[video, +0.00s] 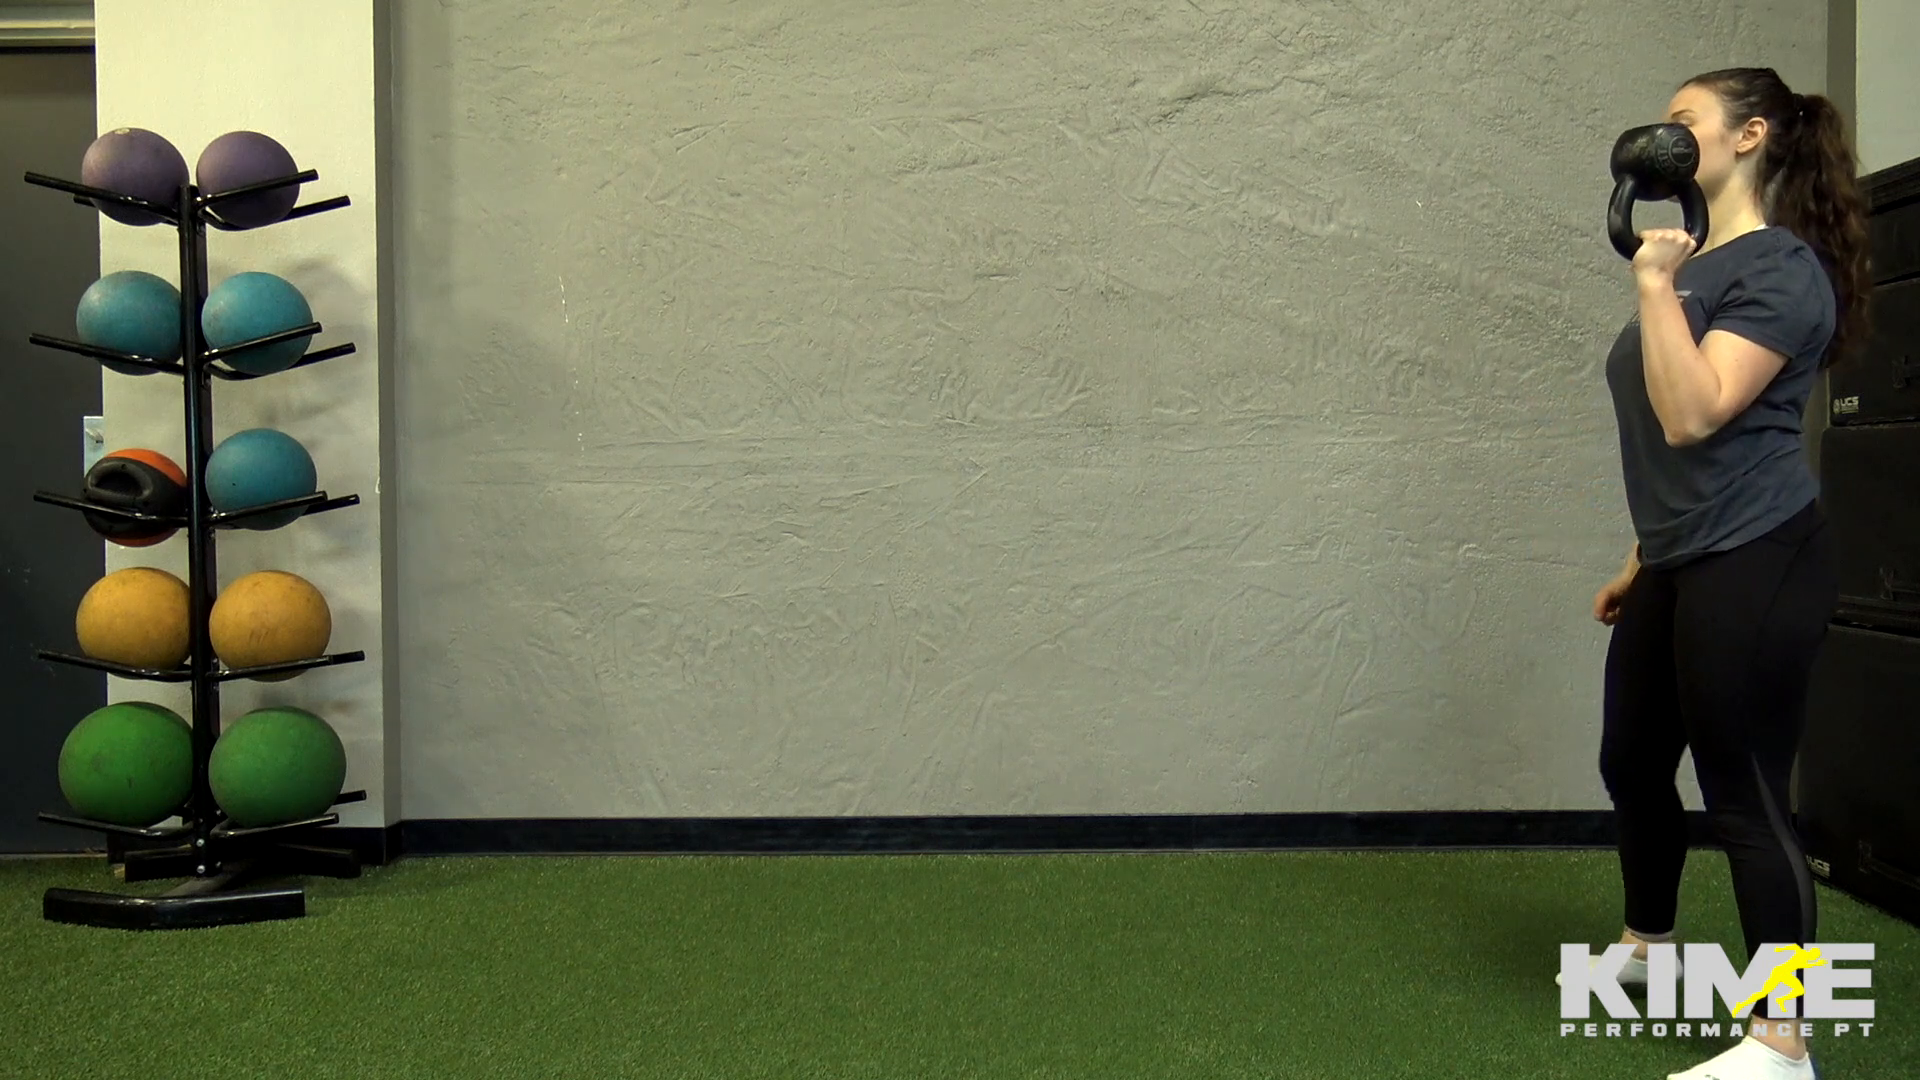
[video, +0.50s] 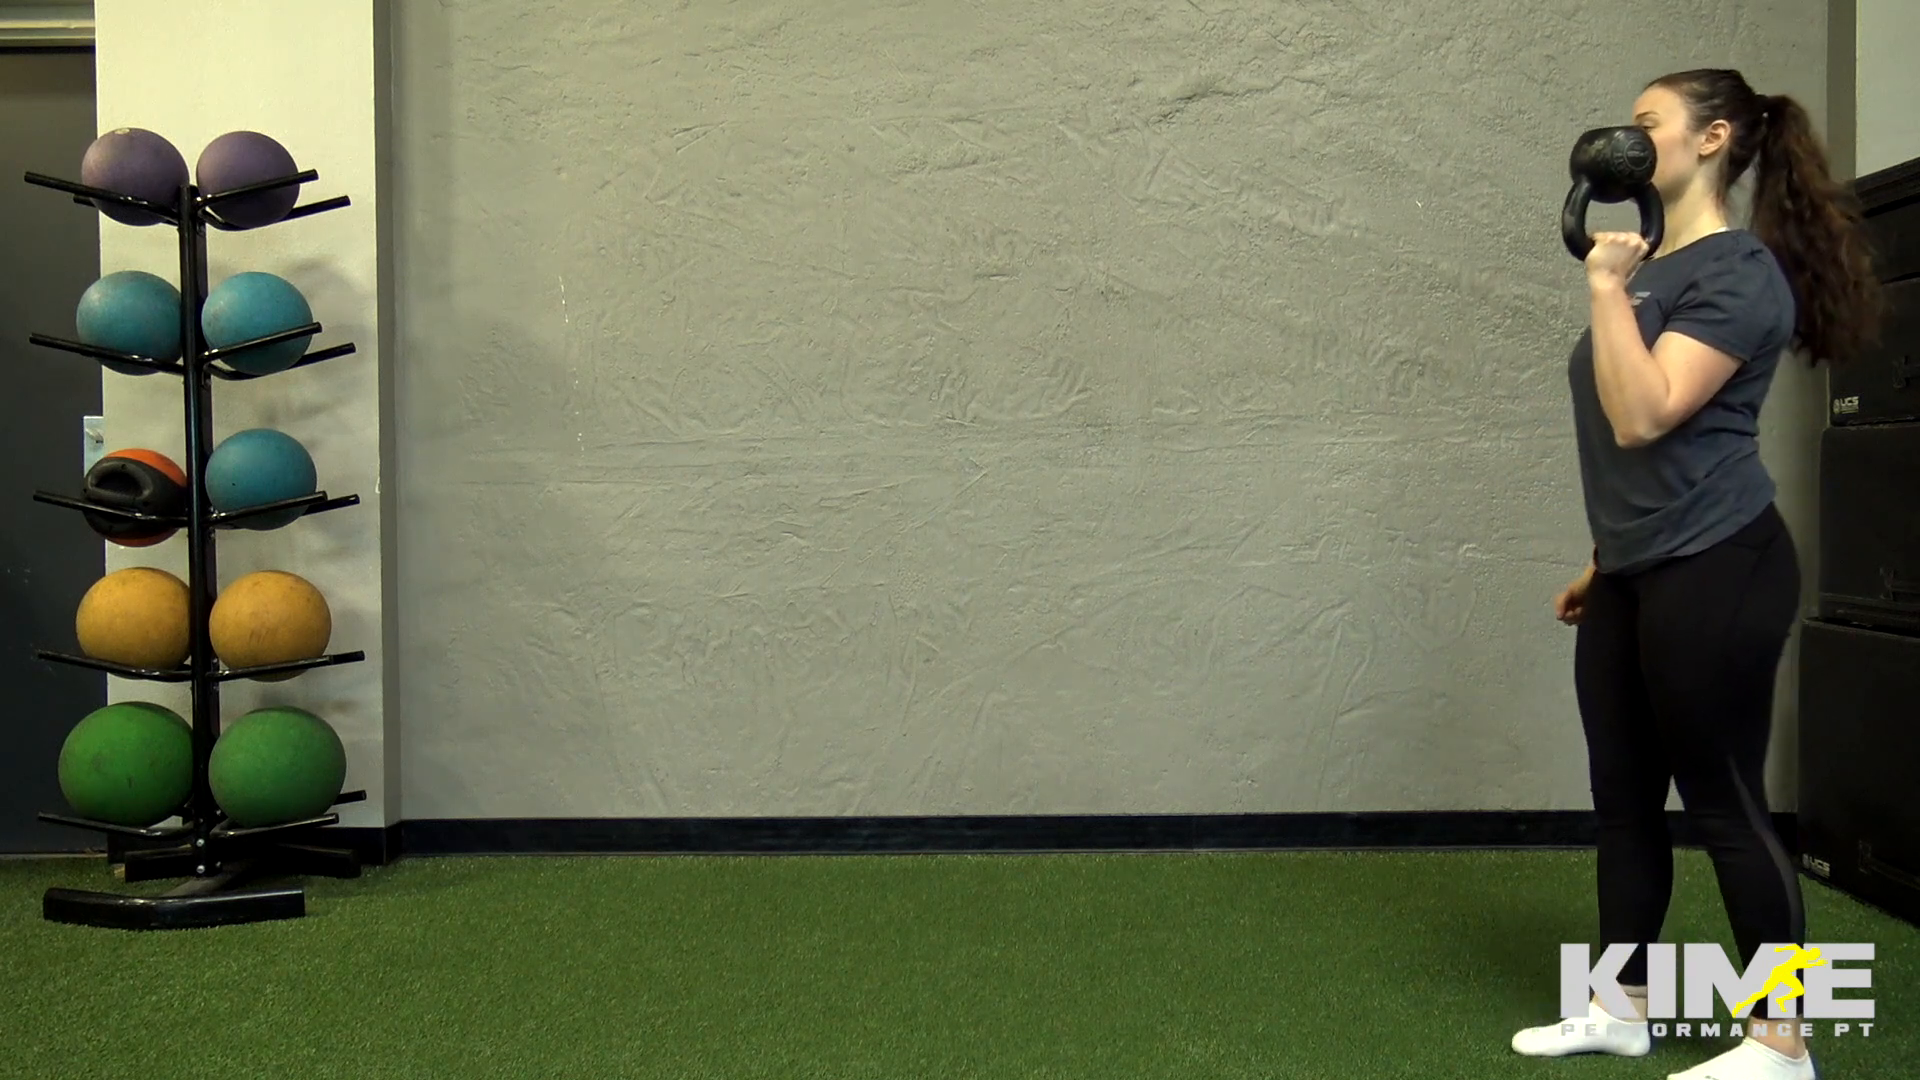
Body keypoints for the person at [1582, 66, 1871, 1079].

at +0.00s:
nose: (1665, 152)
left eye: (1684, 134)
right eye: (1666, 134)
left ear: (1751, 137)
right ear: (1733, 139)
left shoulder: (1784, 270)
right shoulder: (1701, 265)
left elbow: (1691, 416)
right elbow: (1685, 442)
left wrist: (1654, 284)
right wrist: (1643, 560)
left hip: (1755, 558)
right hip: (1676, 560)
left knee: (1743, 786)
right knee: (1633, 764)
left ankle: (1783, 1033)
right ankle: (1647, 952)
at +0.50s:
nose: (1628, 151)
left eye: (1647, 134)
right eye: (1630, 134)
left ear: (1716, 140)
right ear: (1699, 142)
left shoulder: (1743, 274)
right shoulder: (1653, 266)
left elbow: (1642, 413)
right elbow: (1644, 443)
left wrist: (1607, 284)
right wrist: (1606, 560)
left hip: (1718, 564)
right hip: (1633, 572)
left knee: (1724, 801)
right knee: (1624, 797)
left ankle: (1782, 1036)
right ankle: (1620, 1006)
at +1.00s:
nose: (1546, 155)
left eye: (1565, 140)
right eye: (1549, 140)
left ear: (1629, 151)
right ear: (1607, 153)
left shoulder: (1655, 283)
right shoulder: (1574, 274)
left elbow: (1558, 431)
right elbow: (1566, 442)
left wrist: (1520, 306)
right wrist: (1526, 553)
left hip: (1620, 560)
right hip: (1571, 564)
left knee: (1519, 783)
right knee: (1593, 793)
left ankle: (1626, 1001)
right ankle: (1623, 1000)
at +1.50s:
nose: (1451, 160)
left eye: (1470, 144)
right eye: (1453, 146)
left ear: (1532, 155)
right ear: (1513, 159)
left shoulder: (1555, 287)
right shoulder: (1488, 282)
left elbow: (1458, 433)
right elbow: (1491, 442)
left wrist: (1422, 311)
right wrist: (1454, 564)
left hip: (1526, 561)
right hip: (1495, 564)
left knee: (1459, 791)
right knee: (1523, 788)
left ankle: (1425, 1012)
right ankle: (1603, 993)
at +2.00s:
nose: (1352, 158)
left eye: (1370, 142)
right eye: (1355, 143)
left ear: (1430, 152)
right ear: (1414, 155)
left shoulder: (1454, 282)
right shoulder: (1391, 272)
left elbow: (1356, 420)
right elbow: (1347, 407)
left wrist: (1316, 300)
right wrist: (1320, 289)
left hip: (1422, 562)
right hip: (1358, 564)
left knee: (1405, 788)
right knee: (1306, 766)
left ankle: (1426, 1014)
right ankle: (1384, 965)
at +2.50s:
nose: (1247, 166)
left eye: (1264, 150)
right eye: (1251, 150)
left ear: (1321, 161)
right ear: (1313, 161)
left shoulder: (1344, 288)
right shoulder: (1289, 283)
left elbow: (1246, 424)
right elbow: (1245, 416)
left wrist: (1206, 306)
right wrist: (1212, 298)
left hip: (1322, 567)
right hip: (1255, 572)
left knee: (1335, 792)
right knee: (1250, 793)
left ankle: (1417, 1004)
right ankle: (1232, 996)